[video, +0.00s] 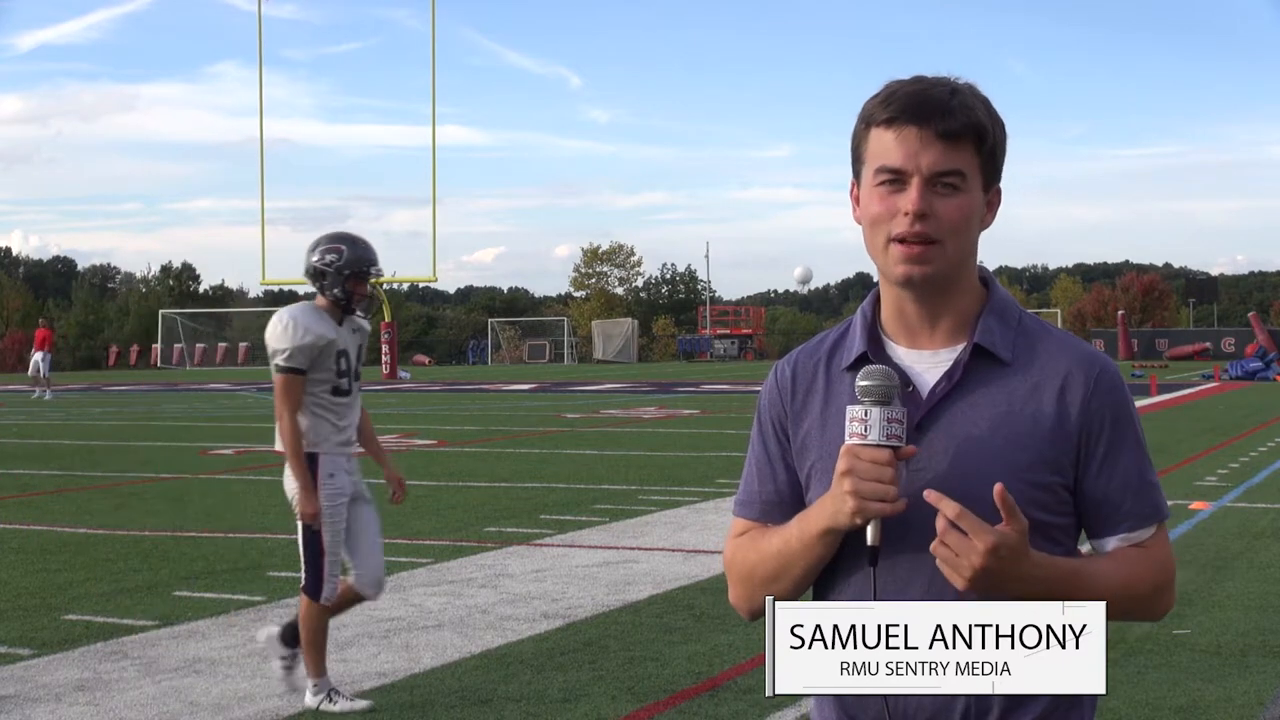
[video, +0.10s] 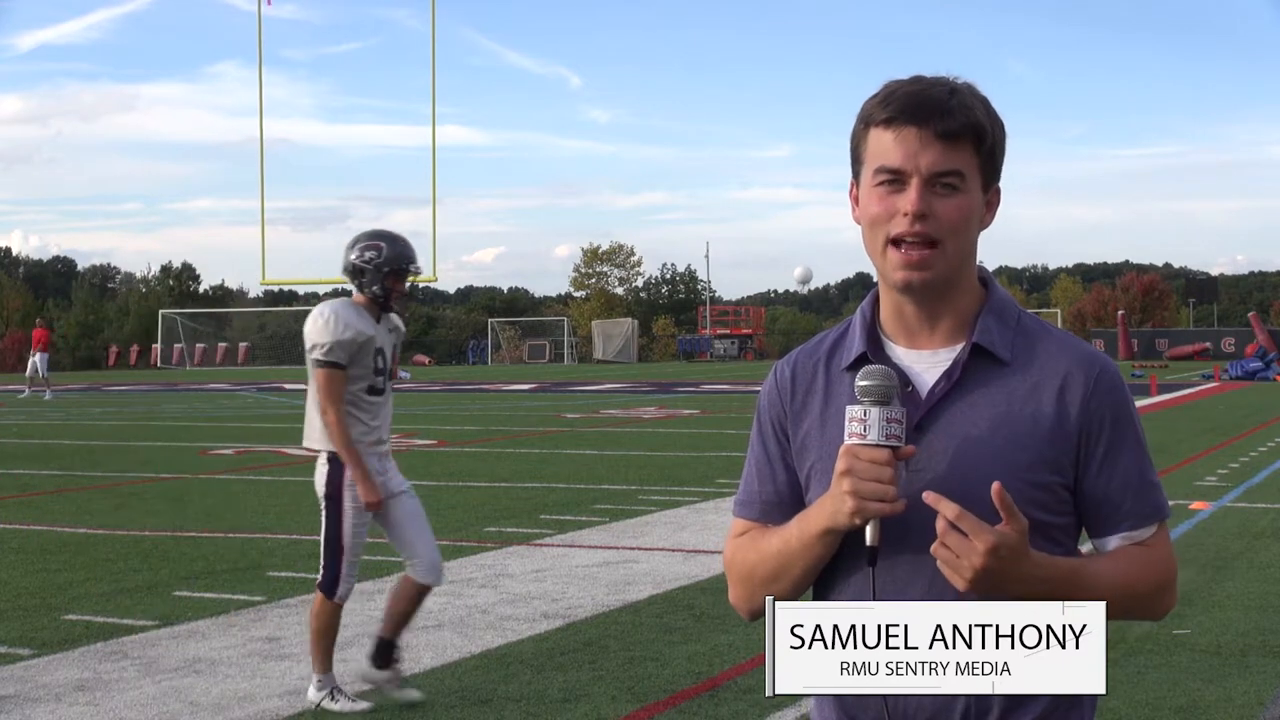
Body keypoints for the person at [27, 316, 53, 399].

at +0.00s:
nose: (41, 323)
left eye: (42, 321)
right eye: (40, 322)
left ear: (46, 322)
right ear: (39, 323)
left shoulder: (48, 332)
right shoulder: (37, 331)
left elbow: (48, 344)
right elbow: (36, 342)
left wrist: (44, 355)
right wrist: (33, 351)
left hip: (44, 353)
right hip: (37, 352)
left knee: (44, 374)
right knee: (32, 373)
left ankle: (48, 392)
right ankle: (38, 390)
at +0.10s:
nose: (38, 323)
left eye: (40, 321)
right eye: (37, 321)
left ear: (43, 323)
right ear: (36, 323)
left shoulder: (45, 332)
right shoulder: (34, 331)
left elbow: (43, 343)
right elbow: (34, 342)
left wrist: (35, 351)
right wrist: (32, 351)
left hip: (42, 353)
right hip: (34, 353)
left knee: (43, 374)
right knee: (29, 374)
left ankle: (48, 392)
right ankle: (28, 391)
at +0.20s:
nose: (33, 323)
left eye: (35, 322)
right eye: (33, 322)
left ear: (39, 323)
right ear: (32, 323)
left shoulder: (41, 332)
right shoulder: (31, 332)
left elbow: (37, 343)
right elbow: (30, 342)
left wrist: (29, 349)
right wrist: (29, 349)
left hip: (38, 354)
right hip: (31, 353)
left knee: (41, 375)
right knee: (26, 374)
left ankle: (48, 392)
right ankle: (20, 390)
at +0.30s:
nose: (28, 324)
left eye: (30, 323)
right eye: (27, 323)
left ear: (33, 323)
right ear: (27, 324)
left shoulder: (35, 332)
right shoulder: (27, 332)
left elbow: (33, 343)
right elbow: (27, 343)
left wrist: (24, 348)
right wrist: (24, 349)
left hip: (34, 354)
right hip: (26, 354)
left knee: (38, 375)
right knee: (21, 375)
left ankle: (47, 392)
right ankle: (18, 392)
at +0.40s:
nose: (23, 324)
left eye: (24, 323)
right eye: (22, 323)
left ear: (28, 323)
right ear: (21, 324)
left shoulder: (30, 332)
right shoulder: (22, 332)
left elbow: (29, 344)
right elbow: (21, 343)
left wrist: (19, 350)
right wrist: (19, 350)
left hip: (28, 355)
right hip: (21, 354)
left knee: (33, 376)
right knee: (17, 376)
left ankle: (46, 391)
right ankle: (16, 393)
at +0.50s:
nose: (18, 324)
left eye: (20, 322)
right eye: (17, 322)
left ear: (23, 323)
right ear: (17, 324)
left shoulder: (25, 332)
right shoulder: (17, 332)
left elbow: (26, 344)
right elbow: (17, 343)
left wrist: (20, 353)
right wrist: (15, 353)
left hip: (23, 354)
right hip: (16, 354)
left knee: (24, 376)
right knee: (16, 375)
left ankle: (39, 390)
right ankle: (16, 392)